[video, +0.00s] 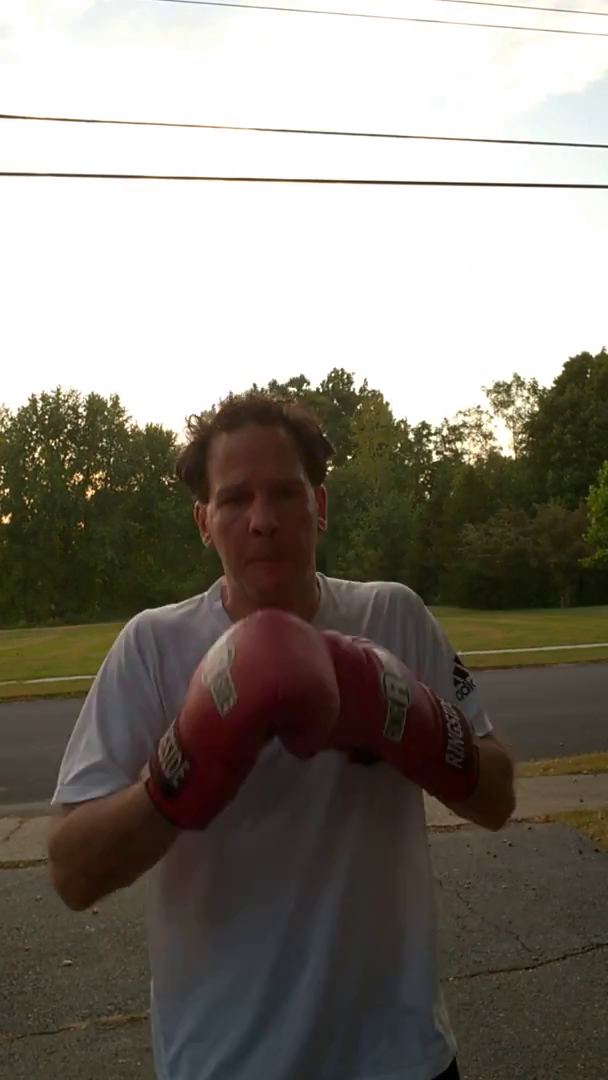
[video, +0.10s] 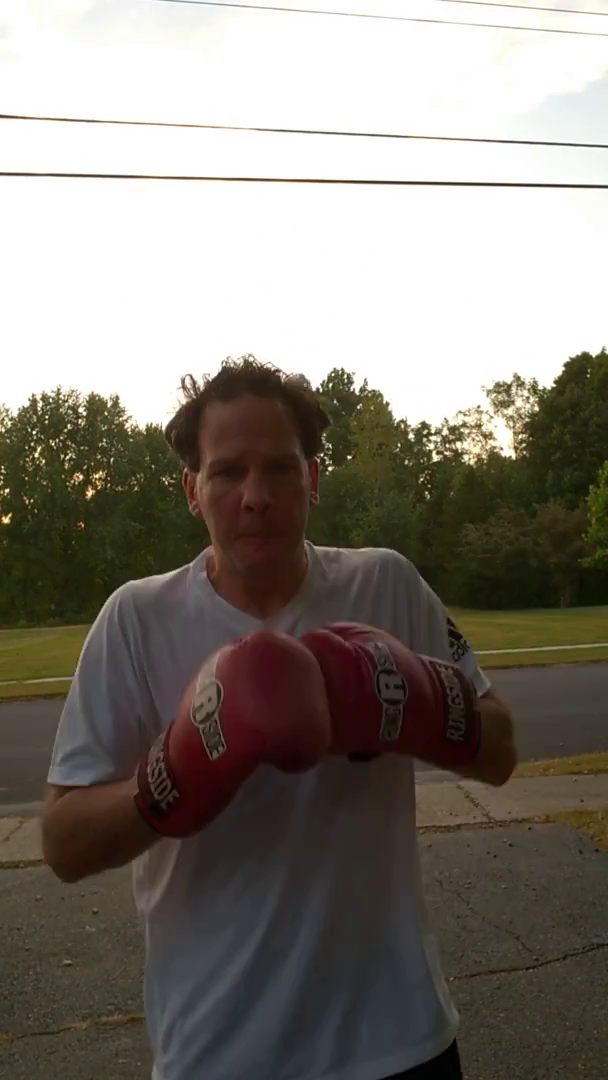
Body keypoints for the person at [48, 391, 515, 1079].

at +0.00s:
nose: (263, 520)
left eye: (284, 494)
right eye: (238, 498)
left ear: (320, 508)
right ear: (205, 522)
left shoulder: (393, 617)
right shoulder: (152, 646)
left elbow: (495, 801)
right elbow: (76, 876)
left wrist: (394, 719)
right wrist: (196, 761)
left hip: (390, 1042)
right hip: (218, 1053)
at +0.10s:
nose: (256, 496)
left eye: (278, 469)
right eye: (230, 472)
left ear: (314, 479)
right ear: (193, 490)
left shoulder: (386, 585)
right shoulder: (135, 621)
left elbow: (498, 754)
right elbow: (65, 845)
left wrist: (410, 701)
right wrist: (180, 770)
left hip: (392, 1029)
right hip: (216, 1043)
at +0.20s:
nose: (260, 493)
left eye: (284, 466)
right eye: (233, 468)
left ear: (318, 477)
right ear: (195, 485)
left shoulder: (391, 578)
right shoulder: (136, 611)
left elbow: (529, 748)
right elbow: (69, 843)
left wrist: (413, 663)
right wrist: (179, 727)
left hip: (393, 1027)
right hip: (214, 1041)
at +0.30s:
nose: (277, 512)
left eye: (301, 485)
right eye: (250, 485)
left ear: (336, 495)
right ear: (210, 500)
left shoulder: (410, 608)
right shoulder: (152, 637)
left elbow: (554, 803)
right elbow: (78, 879)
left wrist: (433, 686)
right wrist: (186, 731)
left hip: (399, 1043)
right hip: (219, 1049)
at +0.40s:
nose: (310, 503)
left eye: (334, 475)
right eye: (282, 477)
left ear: (368, 488)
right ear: (241, 498)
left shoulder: (451, 618)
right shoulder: (182, 640)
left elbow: (542, 845)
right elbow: (117, 895)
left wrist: (437, 721)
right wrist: (191, 764)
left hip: (422, 1046)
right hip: (236, 1051)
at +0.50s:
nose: (348, 485)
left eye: (376, 457)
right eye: (321, 457)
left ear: (412, 475)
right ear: (281, 477)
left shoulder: (475, 608)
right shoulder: (221, 624)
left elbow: (594, 838)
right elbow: (135, 868)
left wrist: (520, 680)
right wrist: (167, 746)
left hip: (439, 1044)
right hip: (253, 1044)